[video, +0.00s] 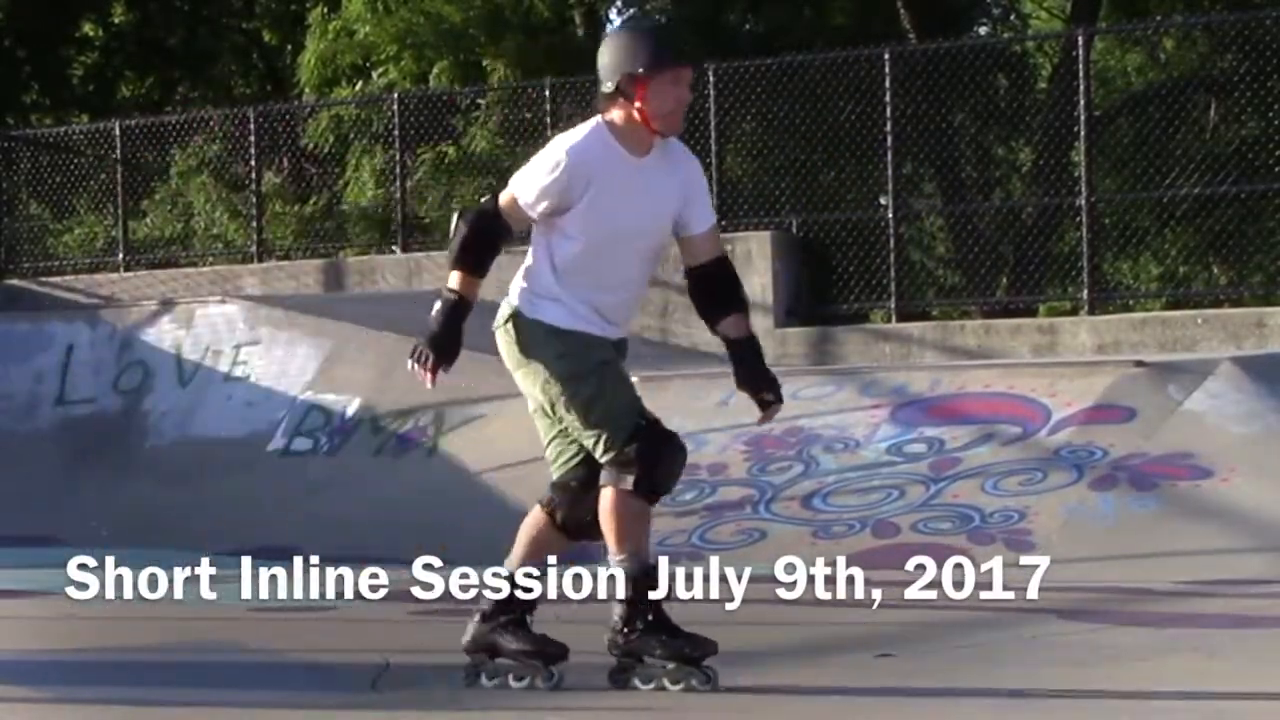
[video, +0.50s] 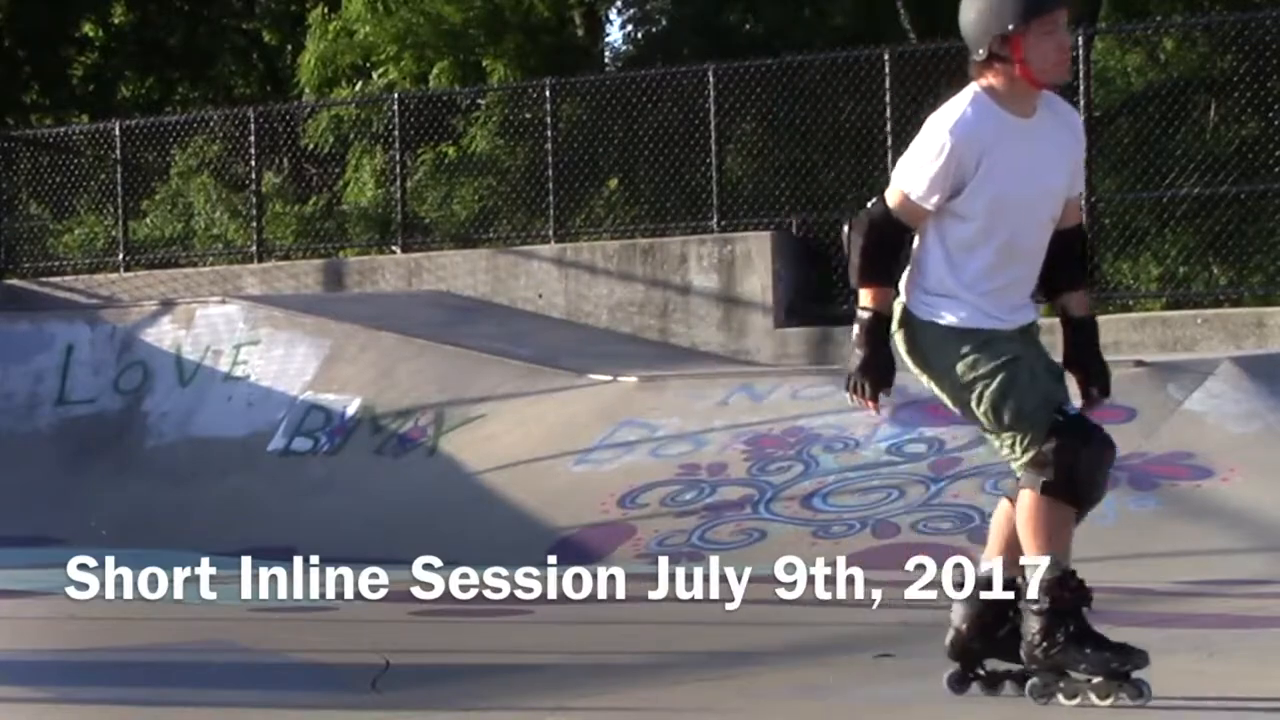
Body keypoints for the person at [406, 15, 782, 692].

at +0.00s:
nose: (689, 92)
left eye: (688, 79)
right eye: (675, 80)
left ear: (657, 91)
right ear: (632, 91)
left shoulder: (682, 169)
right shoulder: (574, 157)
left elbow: (710, 271)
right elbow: (486, 227)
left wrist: (746, 354)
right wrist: (447, 318)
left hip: (600, 338)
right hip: (542, 328)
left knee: (580, 495)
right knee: (635, 453)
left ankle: (498, 617)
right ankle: (640, 619)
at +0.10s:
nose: (753, 81)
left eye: (752, 68)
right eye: (740, 70)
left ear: (721, 78)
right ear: (694, 77)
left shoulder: (743, 157)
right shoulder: (642, 144)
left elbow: (775, 260)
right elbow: (559, 224)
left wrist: (820, 344)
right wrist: (527, 322)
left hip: (666, 331)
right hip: (610, 324)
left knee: (657, 490)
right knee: (709, 452)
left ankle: (573, 619)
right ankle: (717, 621)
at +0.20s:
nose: (828, 66)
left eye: (827, 52)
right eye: (815, 54)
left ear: (799, 62)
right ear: (770, 63)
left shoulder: (819, 146)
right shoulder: (719, 137)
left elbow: (845, 252)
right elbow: (644, 224)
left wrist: (885, 332)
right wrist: (617, 324)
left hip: (752, 329)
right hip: (693, 323)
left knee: (749, 485)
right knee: (797, 451)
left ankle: (666, 618)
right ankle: (806, 622)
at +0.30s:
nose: (900, 52)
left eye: (897, 39)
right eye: (887, 41)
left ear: (859, 54)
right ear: (839, 56)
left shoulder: (889, 134)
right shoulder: (791, 132)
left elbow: (902, 247)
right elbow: (712, 225)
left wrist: (934, 332)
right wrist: (692, 329)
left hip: (830, 326)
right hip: (766, 321)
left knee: (839, 474)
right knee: (868, 447)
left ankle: (758, 616)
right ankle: (881, 624)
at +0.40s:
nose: (984, 41)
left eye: (980, 27)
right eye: (967, 30)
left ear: (946, 48)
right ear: (920, 48)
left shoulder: (975, 128)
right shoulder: (873, 129)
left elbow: (980, 243)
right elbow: (800, 226)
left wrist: (998, 336)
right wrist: (779, 329)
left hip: (919, 323)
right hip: (855, 322)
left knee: (940, 466)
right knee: (961, 453)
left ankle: (876, 616)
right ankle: (968, 631)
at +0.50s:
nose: (1067, 41)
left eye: (1065, 27)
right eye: (1052, 29)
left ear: (1035, 45)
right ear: (1005, 45)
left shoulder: (1065, 125)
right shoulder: (957, 127)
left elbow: (1068, 244)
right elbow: (886, 231)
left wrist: (1081, 339)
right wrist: (870, 338)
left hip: (1012, 322)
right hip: (944, 323)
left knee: (1041, 464)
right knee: (1059, 451)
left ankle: (984, 619)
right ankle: (1055, 629)